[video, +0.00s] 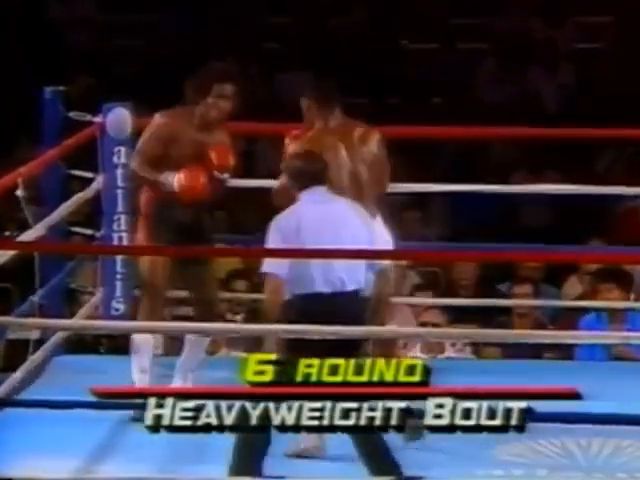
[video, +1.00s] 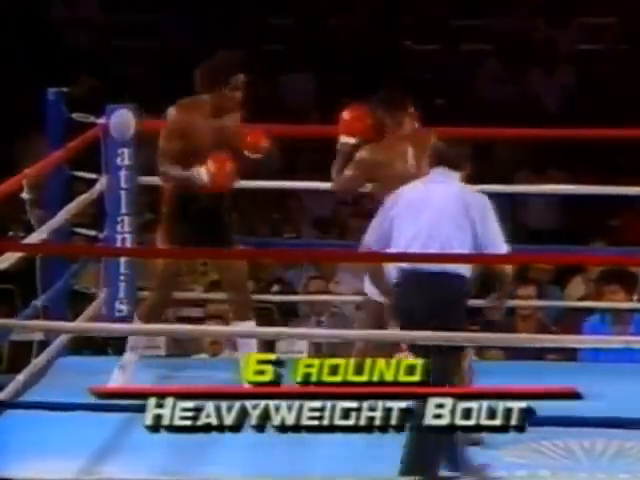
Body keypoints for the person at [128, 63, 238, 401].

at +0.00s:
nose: (224, 105)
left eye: (230, 98)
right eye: (219, 96)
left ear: (232, 105)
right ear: (201, 96)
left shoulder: (219, 136)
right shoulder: (166, 124)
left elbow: (221, 182)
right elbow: (137, 163)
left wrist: (220, 173)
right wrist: (168, 180)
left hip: (197, 218)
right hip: (159, 217)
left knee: (209, 302)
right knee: (154, 296)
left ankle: (183, 381)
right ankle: (143, 383)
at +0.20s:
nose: (196, 79)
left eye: (202, 72)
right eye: (190, 72)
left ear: (207, 74)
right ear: (174, 71)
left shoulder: (209, 101)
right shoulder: (149, 97)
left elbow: (224, 154)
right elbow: (132, 149)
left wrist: (222, 134)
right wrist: (163, 140)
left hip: (189, 191)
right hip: (153, 191)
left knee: (188, 280)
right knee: (146, 278)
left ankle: (181, 368)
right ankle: (123, 371)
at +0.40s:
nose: (171, 88)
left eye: (176, 80)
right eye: (164, 81)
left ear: (182, 83)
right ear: (148, 84)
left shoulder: (192, 116)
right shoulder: (126, 118)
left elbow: (206, 162)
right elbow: (119, 171)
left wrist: (183, 150)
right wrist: (150, 156)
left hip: (182, 202)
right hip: (142, 204)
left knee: (195, 292)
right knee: (131, 293)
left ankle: (185, 376)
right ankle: (121, 371)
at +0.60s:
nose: (176, 81)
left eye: (180, 73)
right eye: (169, 73)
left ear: (185, 75)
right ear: (153, 75)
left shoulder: (190, 102)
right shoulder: (130, 107)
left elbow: (208, 142)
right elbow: (120, 160)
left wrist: (192, 130)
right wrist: (154, 147)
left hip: (185, 193)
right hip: (146, 196)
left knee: (215, 276)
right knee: (136, 285)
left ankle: (208, 367)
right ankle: (121, 367)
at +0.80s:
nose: (192, 82)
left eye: (196, 75)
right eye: (185, 75)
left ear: (200, 77)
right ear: (167, 76)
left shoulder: (201, 108)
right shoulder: (148, 106)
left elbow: (205, 154)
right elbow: (149, 154)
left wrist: (227, 154)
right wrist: (182, 127)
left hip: (191, 195)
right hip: (157, 194)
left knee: (213, 274)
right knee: (140, 278)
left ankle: (240, 359)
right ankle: (121, 367)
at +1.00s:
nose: (240, 95)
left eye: (241, 88)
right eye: (235, 88)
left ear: (234, 90)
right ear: (216, 90)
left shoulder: (231, 118)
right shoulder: (182, 115)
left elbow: (238, 155)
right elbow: (165, 168)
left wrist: (257, 151)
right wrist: (198, 175)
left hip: (218, 208)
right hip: (181, 207)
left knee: (237, 283)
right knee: (164, 287)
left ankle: (250, 360)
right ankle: (127, 363)